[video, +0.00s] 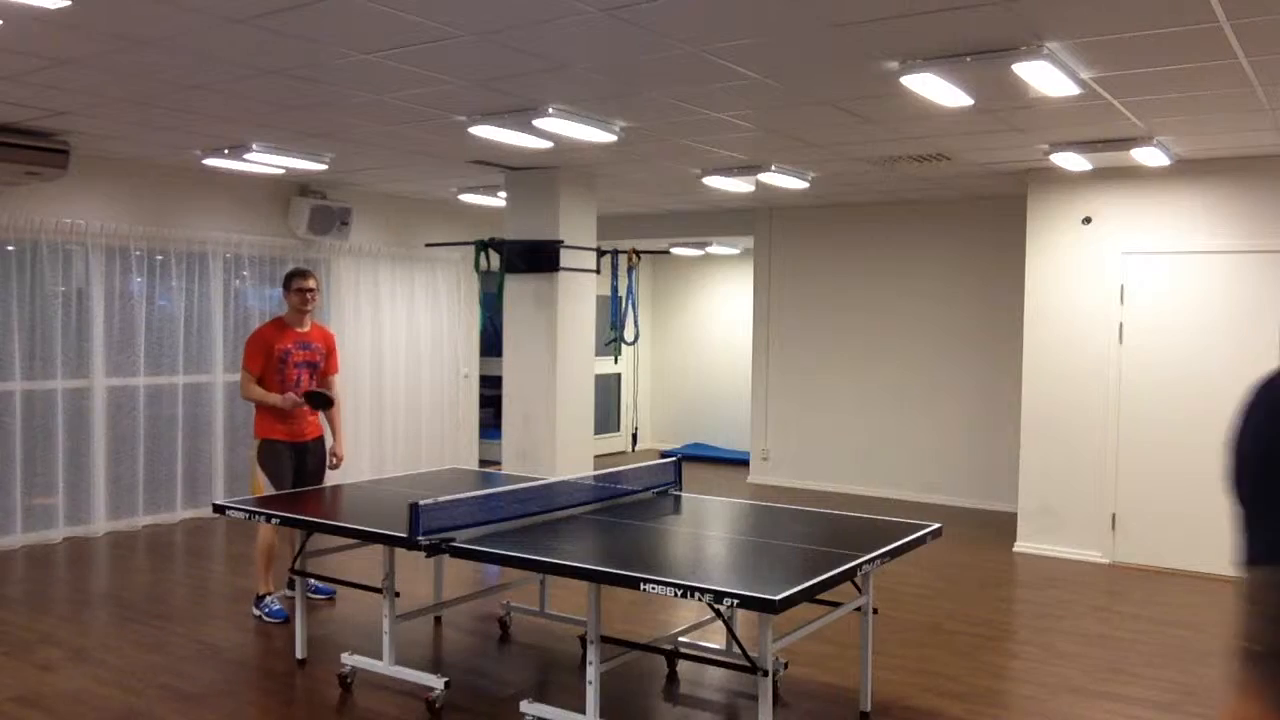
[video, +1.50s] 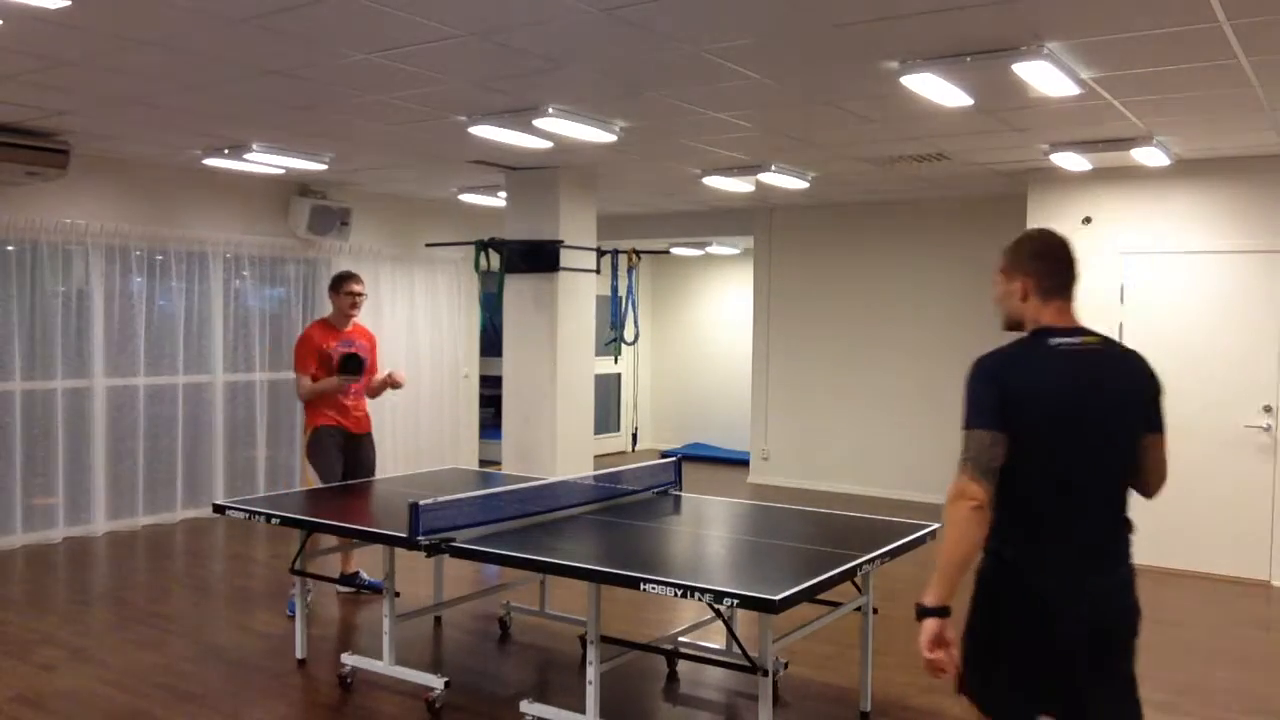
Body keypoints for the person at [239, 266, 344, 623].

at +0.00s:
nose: (309, 296)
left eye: (314, 291)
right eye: (302, 291)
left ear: (319, 296)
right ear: (286, 295)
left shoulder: (324, 337)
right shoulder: (265, 336)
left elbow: (331, 390)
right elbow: (247, 388)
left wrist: (337, 439)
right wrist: (279, 399)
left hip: (312, 438)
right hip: (275, 439)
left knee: (307, 513)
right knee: (274, 514)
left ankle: (300, 576)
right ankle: (264, 593)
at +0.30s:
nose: (305, 295)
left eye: (309, 290)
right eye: (297, 290)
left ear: (314, 295)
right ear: (281, 295)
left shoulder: (318, 336)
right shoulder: (262, 337)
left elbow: (324, 386)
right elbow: (251, 394)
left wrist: (328, 433)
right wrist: (297, 395)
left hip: (310, 438)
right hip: (274, 441)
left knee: (318, 512)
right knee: (275, 516)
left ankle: (310, 574)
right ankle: (264, 593)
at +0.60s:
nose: (318, 296)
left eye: (322, 291)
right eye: (311, 290)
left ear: (322, 295)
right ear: (292, 294)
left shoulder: (325, 333)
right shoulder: (275, 337)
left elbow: (328, 383)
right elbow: (276, 393)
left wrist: (329, 425)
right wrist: (284, 440)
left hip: (319, 441)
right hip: (284, 443)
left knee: (329, 506)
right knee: (275, 516)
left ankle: (344, 566)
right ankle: (264, 593)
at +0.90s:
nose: (342, 301)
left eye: (346, 296)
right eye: (335, 295)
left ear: (350, 300)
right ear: (320, 299)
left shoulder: (356, 340)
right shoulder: (302, 340)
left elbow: (368, 382)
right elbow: (272, 384)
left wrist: (375, 415)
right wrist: (264, 438)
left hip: (345, 437)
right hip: (311, 438)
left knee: (340, 509)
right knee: (304, 511)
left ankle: (347, 572)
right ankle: (275, 590)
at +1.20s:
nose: (353, 297)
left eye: (356, 292)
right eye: (346, 292)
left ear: (360, 295)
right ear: (330, 294)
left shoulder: (365, 325)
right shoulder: (310, 324)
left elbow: (389, 343)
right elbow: (267, 356)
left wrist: (404, 364)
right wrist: (289, 376)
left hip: (359, 425)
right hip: (324, 426)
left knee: (356, 500)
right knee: (330, 497)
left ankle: (348, 571)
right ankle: (303, 583)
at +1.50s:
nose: (357, 301)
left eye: (361, 296)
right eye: (350, 295)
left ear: (364, 300)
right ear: (333, 297)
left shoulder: (366, 338)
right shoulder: (312, 336)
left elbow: (369, 391)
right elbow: (303, 391)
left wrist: (386, 381)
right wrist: (338, 382)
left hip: (359, 426)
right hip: (325, 425)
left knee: (357, 500)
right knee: (331, 496)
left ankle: (348, 571)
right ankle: (301, 582)